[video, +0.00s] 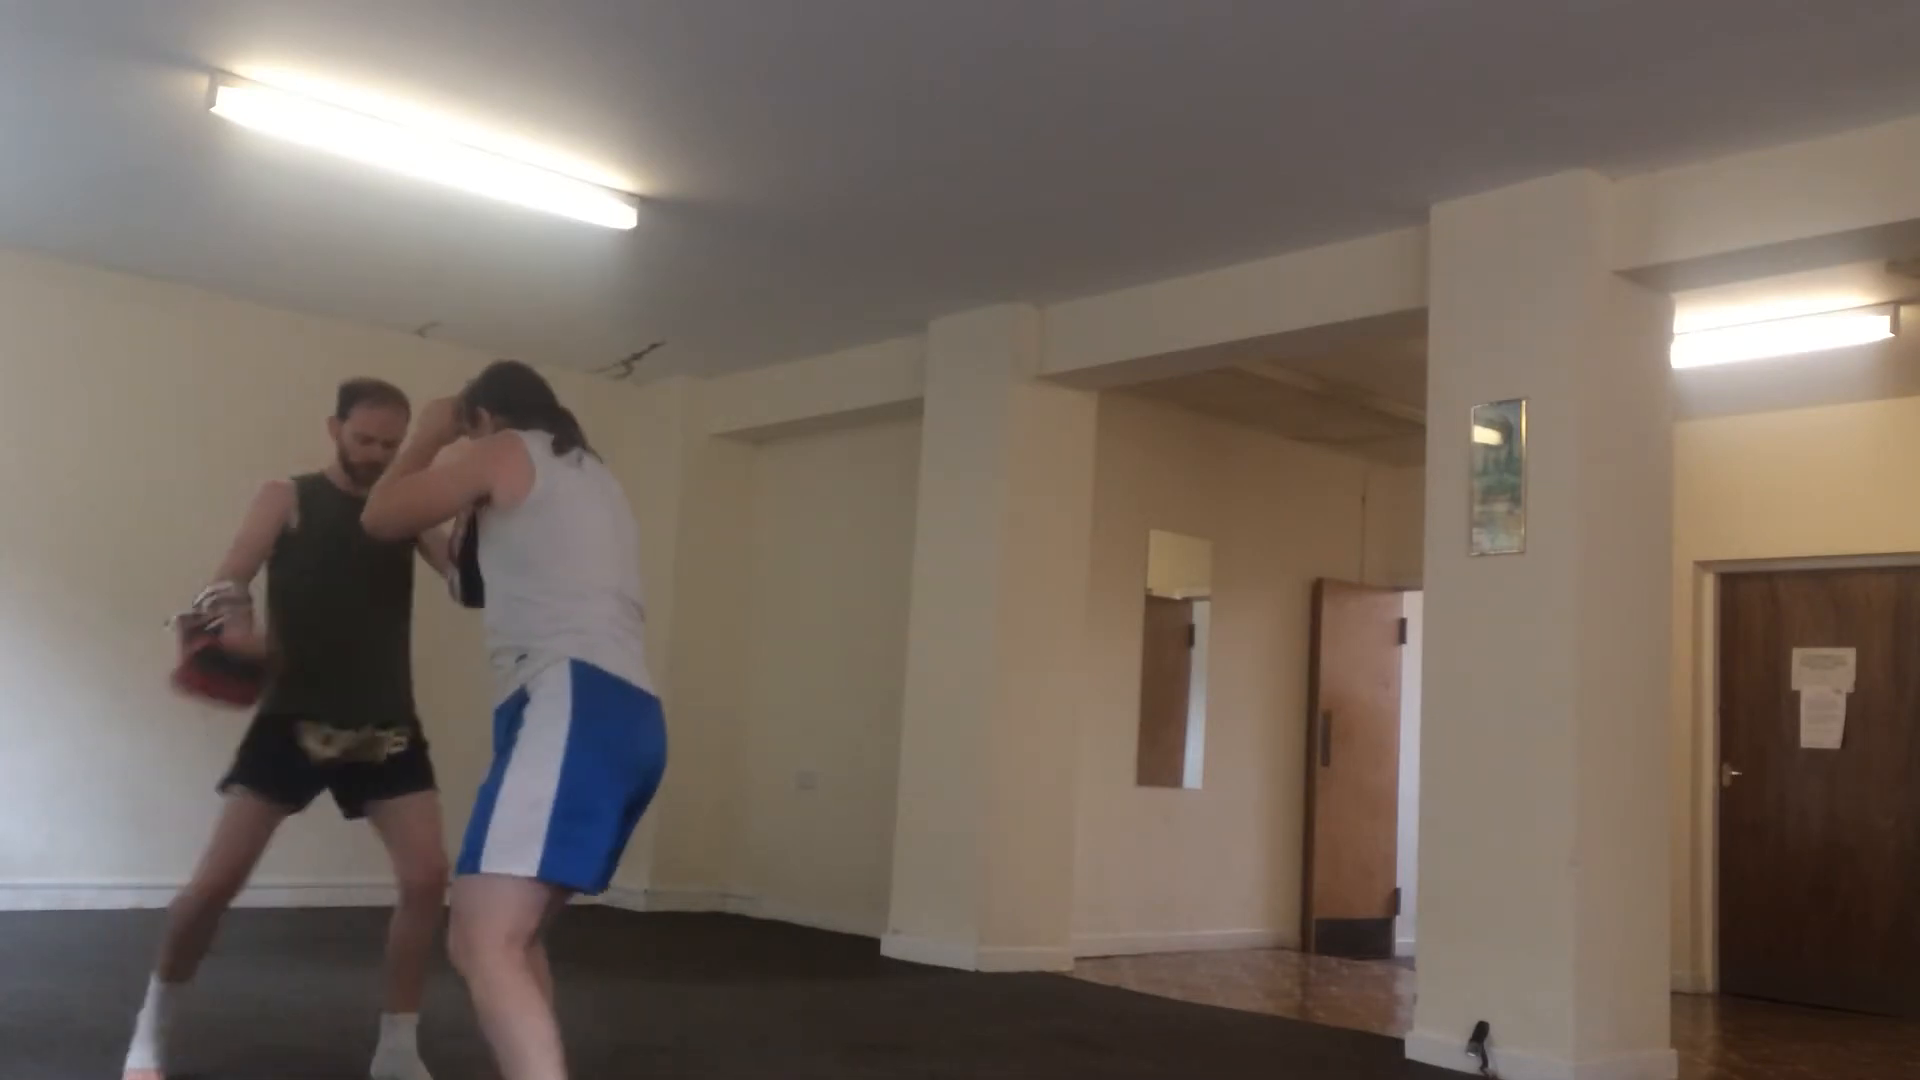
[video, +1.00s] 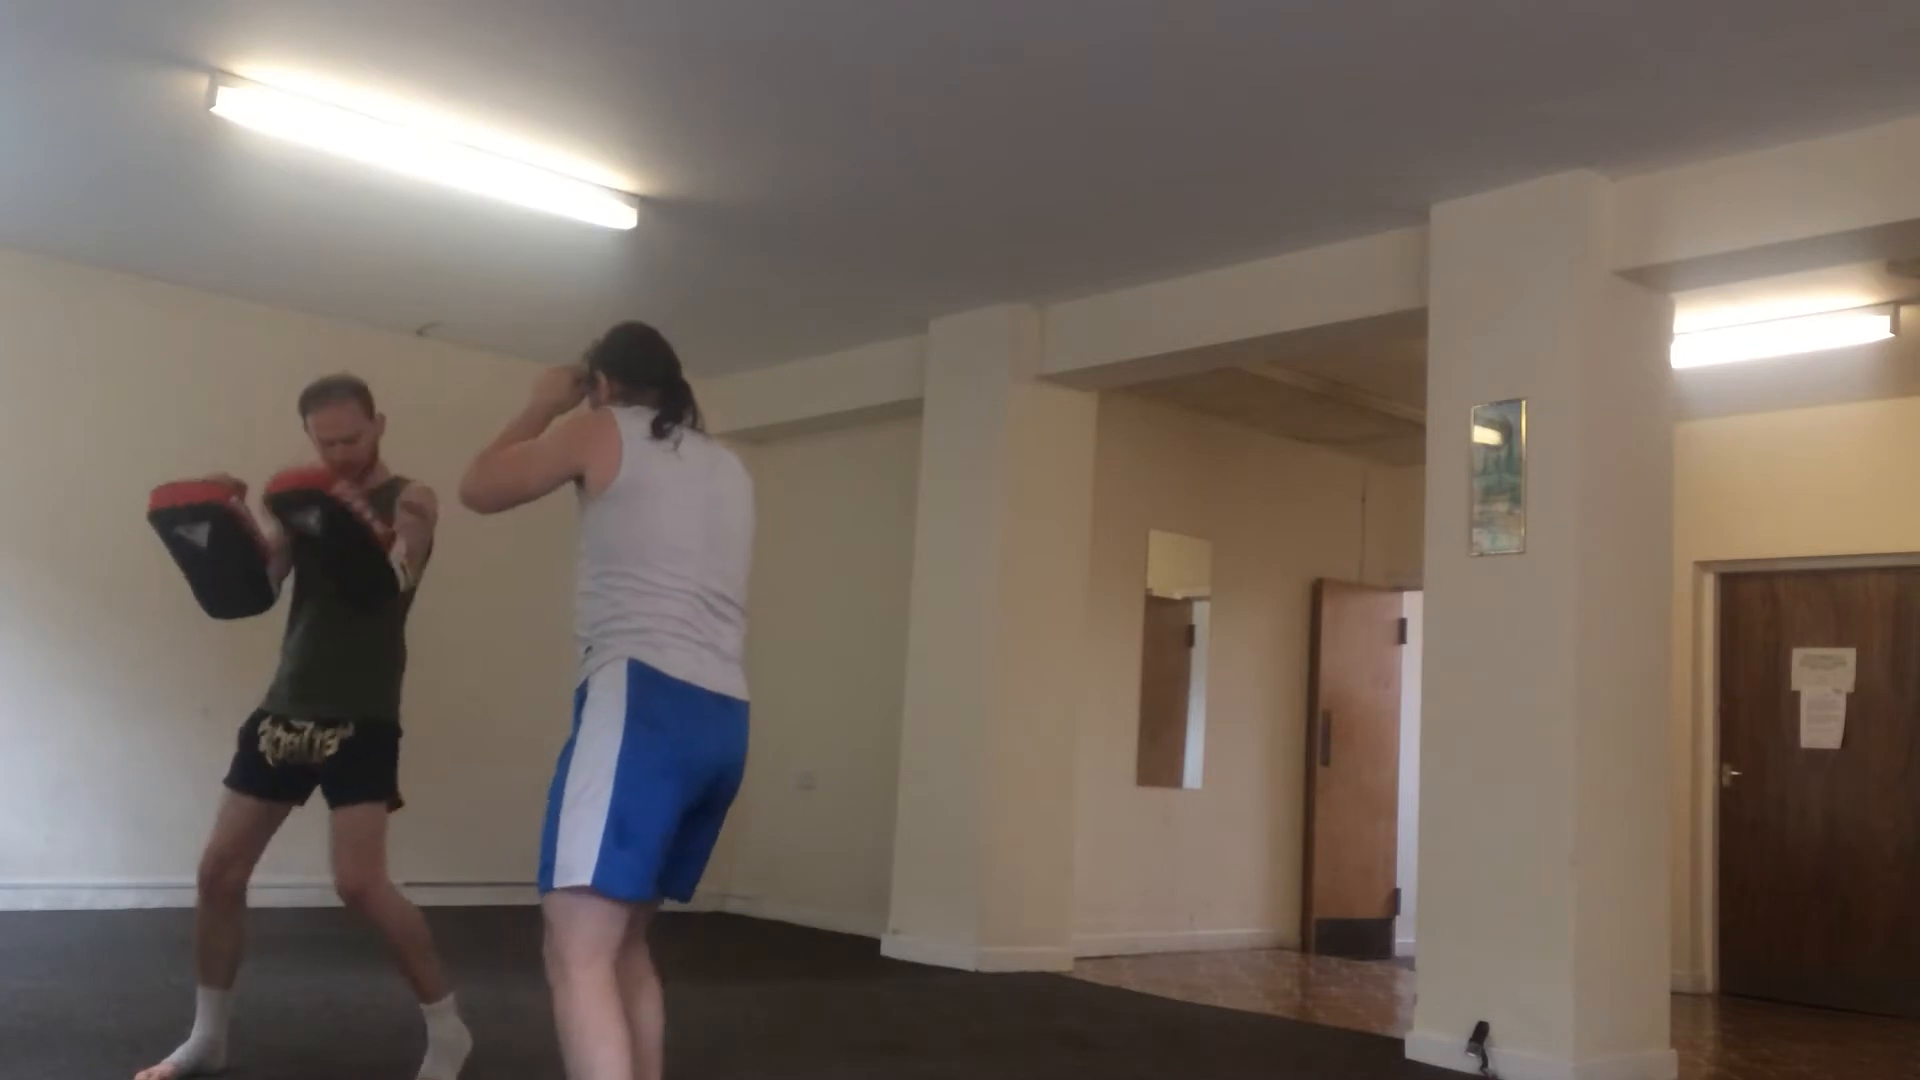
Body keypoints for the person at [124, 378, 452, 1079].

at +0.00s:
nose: (375, 455)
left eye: (388, 444)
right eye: (364, 440)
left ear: (405, 441)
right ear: (335, 431)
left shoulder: (403, 506)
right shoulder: (288, 499)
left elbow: (472, 583)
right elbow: (225, 585)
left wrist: (465, 498)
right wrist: (236, 625)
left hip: (386, 726)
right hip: (294, 722)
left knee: (427, 878)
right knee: (215, 886)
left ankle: (398, 1050)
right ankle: (151, 1027)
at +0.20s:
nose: (392, 453)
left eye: (404, 441)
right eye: (378, 440)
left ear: (423, 443)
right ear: (354, 442)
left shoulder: (418, 520)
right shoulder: (320, 502)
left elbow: (468, 592)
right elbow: (250, 587)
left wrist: (495, 504)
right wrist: (196, 669)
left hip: (418, 726)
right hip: (348, 726)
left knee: (474, 873)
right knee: (281, 884)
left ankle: (401, 1045)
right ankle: (144, 1018)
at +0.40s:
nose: (402, 436)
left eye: (415, 424)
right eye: (390, 423)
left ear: (437, 428)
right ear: (369, 426)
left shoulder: (442, 507)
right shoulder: (333, 492)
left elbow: (490, 582)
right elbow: (259, 575)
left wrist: (499, 484)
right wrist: (206, 640)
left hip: (423, 712)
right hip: (339, 710)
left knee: (459, 877)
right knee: (262, 872)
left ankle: (400, 1045)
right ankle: (147, 1018)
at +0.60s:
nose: (387, 426)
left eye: (399, 414)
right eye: (374, 415)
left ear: (422, 420)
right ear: (353, 421)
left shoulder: (438, 506)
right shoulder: (318, 489)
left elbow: (456, 597)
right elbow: (264, 567)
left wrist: (486, 530)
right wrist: (223, 572)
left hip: (398, 713)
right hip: (307, 707)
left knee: (414, 884)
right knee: (249, 878)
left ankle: (393, 1055)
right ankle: (207, 1027)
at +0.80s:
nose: (353, 449)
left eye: (364, 434)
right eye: (339, 437)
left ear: (387, 424)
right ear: (319, 433)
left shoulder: (412, 499)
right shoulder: (290, 498)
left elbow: (419, 589)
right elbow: (254, 594)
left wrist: (401, 518)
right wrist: (233, 537)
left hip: (373, 709)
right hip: (283, 705)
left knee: (403, 876)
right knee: (226, 876)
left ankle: (429, 1043)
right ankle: (208, 1039)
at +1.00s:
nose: (339, 456)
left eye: (349, 440)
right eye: (324, 445)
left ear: (378, 426)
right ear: (307, 440)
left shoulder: (411, 499)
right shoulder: (300, 502)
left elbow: (396, 581)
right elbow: (256, 585)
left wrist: (347, 513)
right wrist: (231, 521)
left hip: (363, 723)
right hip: (284, 715)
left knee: (361, 884)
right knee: (220, 872)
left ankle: (448, 1030)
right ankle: (208, 1038)